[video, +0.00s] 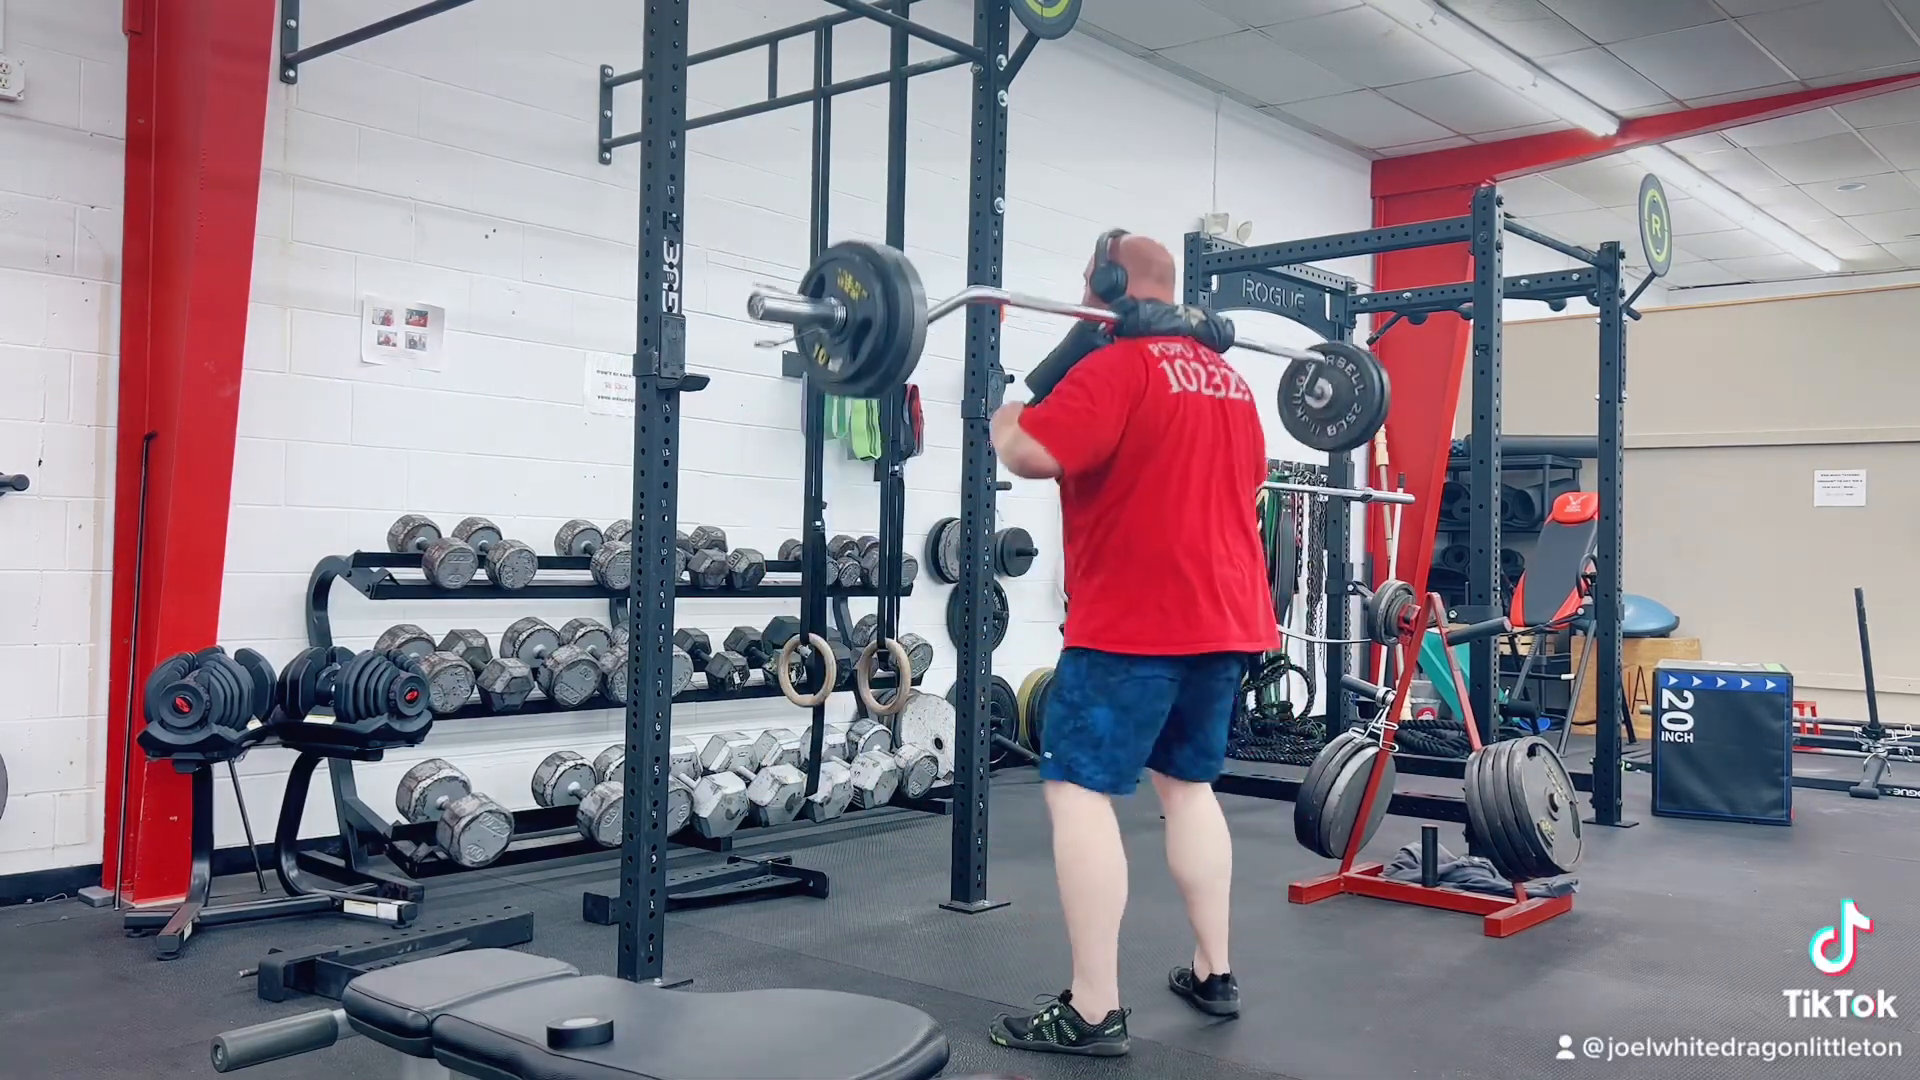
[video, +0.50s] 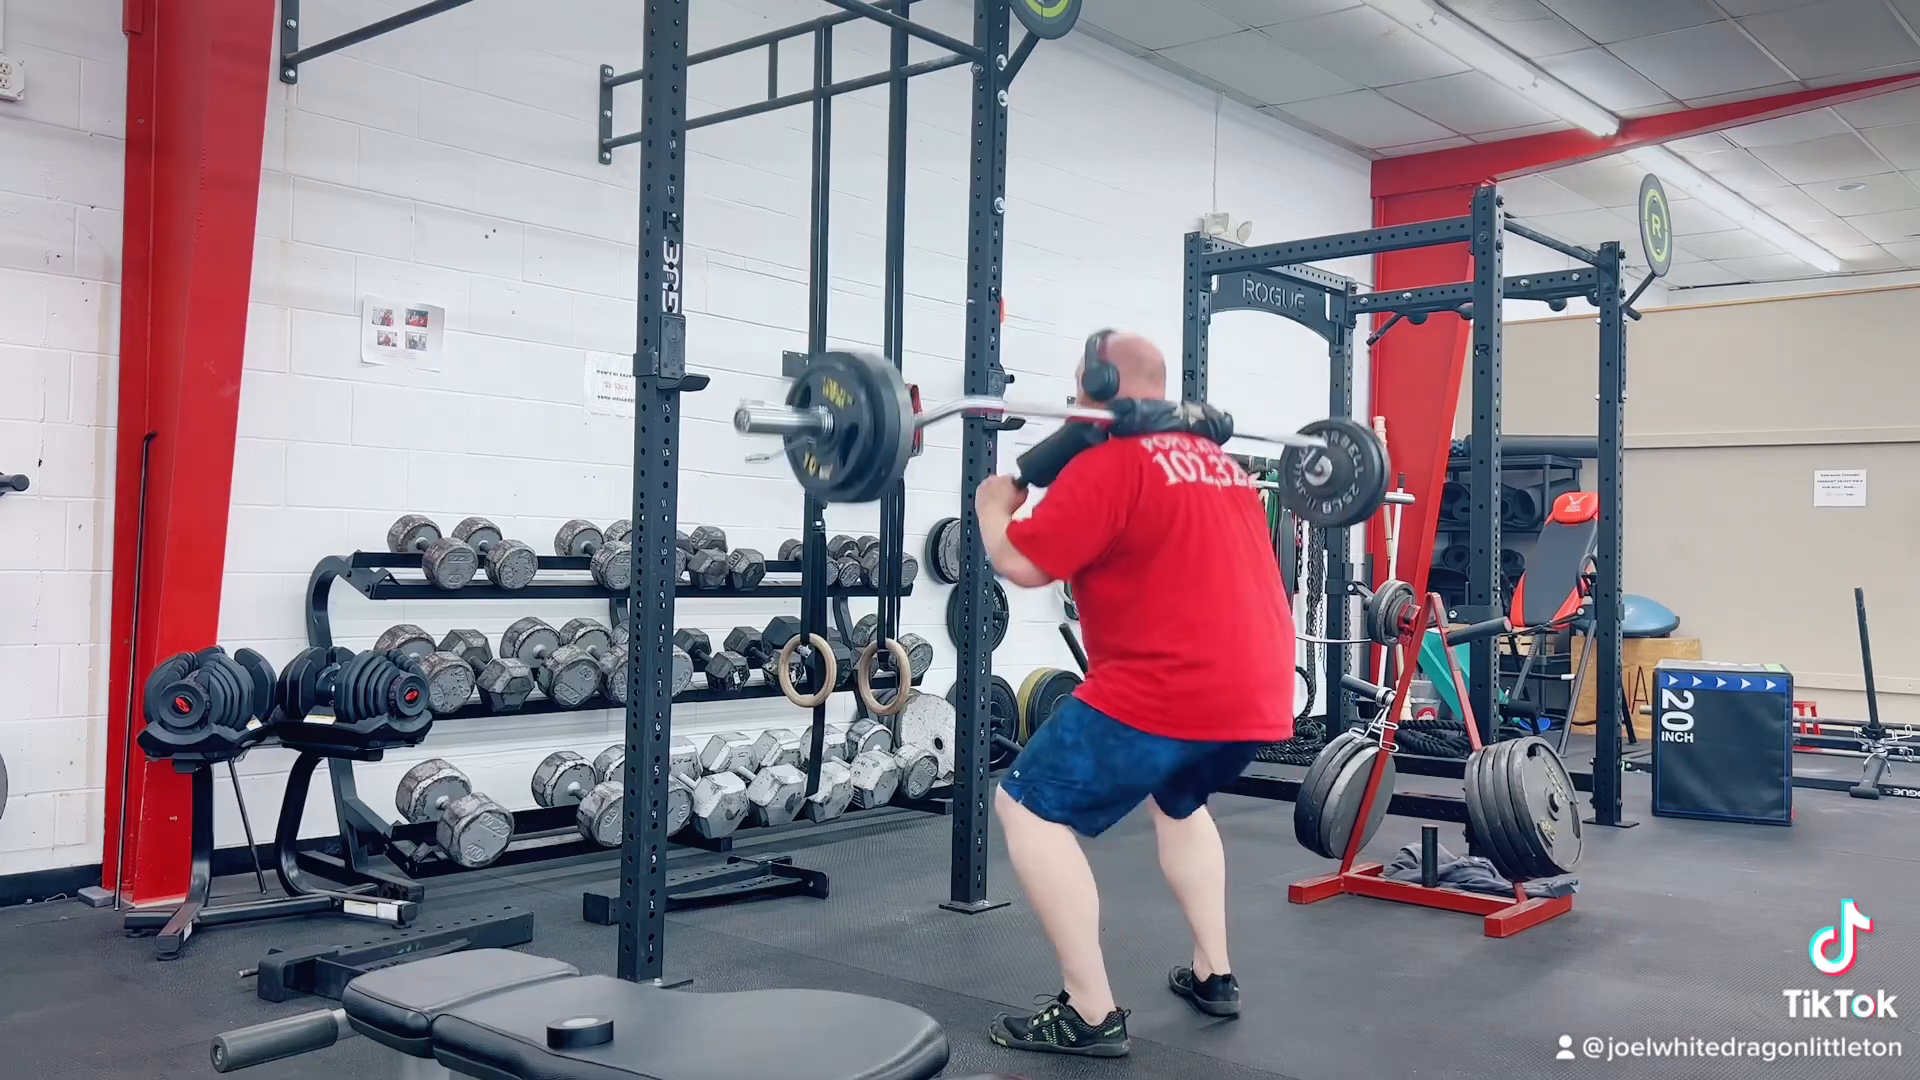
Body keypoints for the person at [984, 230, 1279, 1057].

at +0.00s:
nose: (1084, 304)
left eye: (1087, 292)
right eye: (1087, 291)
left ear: (1103, 296)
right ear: (1171, 293)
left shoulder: (1115, 363)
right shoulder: (1227, 374)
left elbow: (1033, 452)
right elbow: (1252, 481)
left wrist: (1006, 418)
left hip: (1134, 611)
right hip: (1231, 612)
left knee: (1077, 782)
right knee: (1187, 779)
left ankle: (1094, 1005)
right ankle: (1216, 973)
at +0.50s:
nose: (1075, 402)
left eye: (1078, 389)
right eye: (1076, 390)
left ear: (1098, 393)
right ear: (1163, 389)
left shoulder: (1114, 463)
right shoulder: (1221, 463)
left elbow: (1022, 562)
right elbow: (1256, 569)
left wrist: (992, 506)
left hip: (1159, 692)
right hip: (1261, 696)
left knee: (1026, 802)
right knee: (1178, 800)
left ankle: (1090, 1008)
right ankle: (1215, 973)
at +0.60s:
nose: (1069, 473)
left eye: (1071, 463)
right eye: (1074, 462)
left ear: (1083, 467)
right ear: (1157, 463)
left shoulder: (1107, 534)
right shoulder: (1208, 524)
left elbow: (1013, 639)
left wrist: (983, 569)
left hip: (1179, 753)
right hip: (1274, 753)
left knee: (1009, 810)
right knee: (1178, 811)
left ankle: (1090, 1011)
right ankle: (1214, 974)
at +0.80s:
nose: (1064, 592)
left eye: (1066, 581)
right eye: (1068, 581)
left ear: (1076, 589)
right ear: (1150, 583)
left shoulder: (1100, 657)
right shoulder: (1203, 640)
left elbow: (995, 752)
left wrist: (975, 670)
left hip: (1194, 878)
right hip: (1274, 873)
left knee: (991, 817)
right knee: (1173, 794)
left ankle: (1088, 1009)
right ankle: (1209, 971)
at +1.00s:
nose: (1055, 545)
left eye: (1056, 537)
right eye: (1058, 536)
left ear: (1068, 542)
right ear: (1138, 534)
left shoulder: (1091, 605)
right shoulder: (1196, 587)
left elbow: (995, 707)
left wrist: (970, 639)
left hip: (1188, 806)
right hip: (1278, 802)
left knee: (997, 813)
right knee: (1143, 783)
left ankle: (1088, 1008)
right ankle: (1210, 973)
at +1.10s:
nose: (1052, 468)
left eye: (1053, 458)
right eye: (1056, 458)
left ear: (1066, 461)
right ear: (1140, 453)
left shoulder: (1095, 523)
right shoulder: (1200, 514)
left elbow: (1007, 627)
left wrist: (971, 572)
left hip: (1162, 731)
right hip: (1261, 732)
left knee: (1003, 808)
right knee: (1167, 813)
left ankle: (1088, 1008)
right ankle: (1210, 975)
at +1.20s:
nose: (1057, 389)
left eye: (1061, 375)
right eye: (1059, 375)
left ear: (1083, 377)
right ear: (1144, 372)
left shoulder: (1100, 443)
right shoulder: (1206, 443)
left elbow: (1012, 549)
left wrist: (981, 496)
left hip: (1141, 668)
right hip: (1235, 670)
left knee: (1019, 799)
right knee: (1167, 794)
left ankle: (1089, 1007)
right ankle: (1211, 974)